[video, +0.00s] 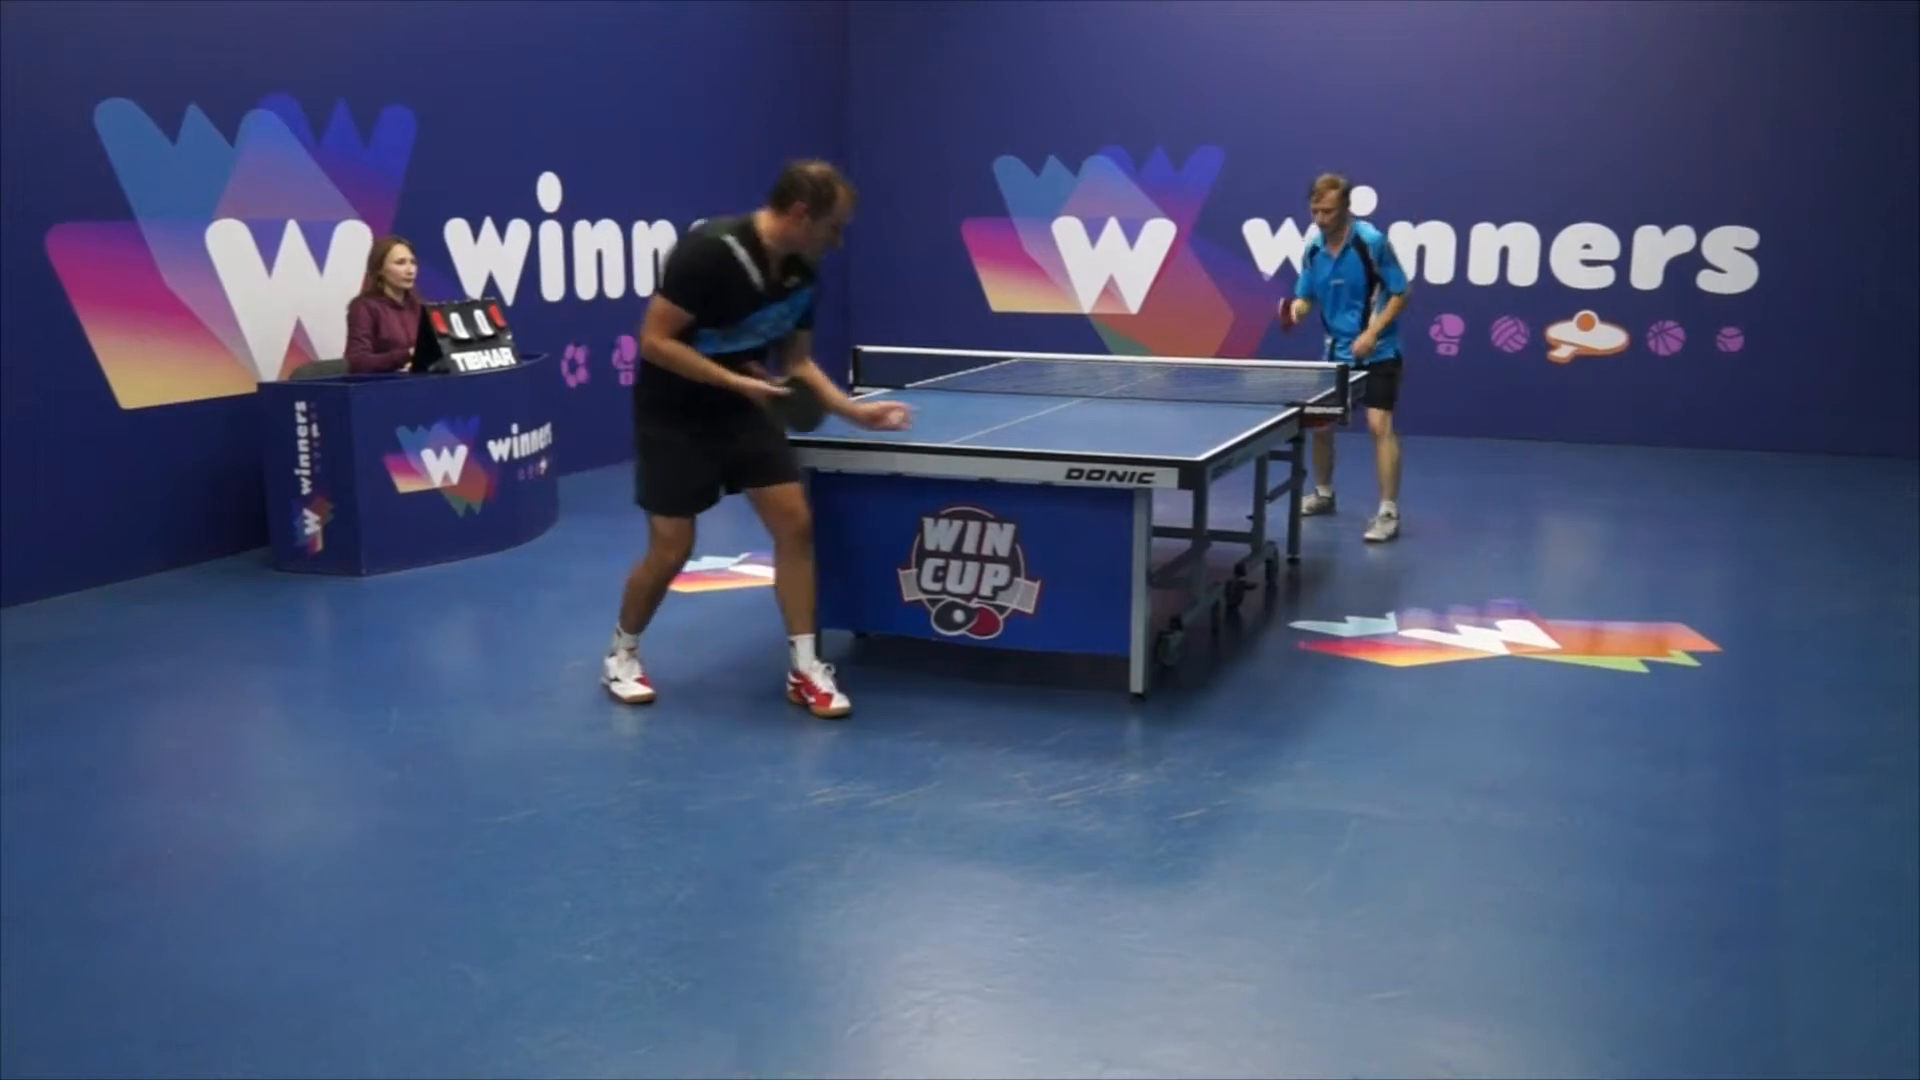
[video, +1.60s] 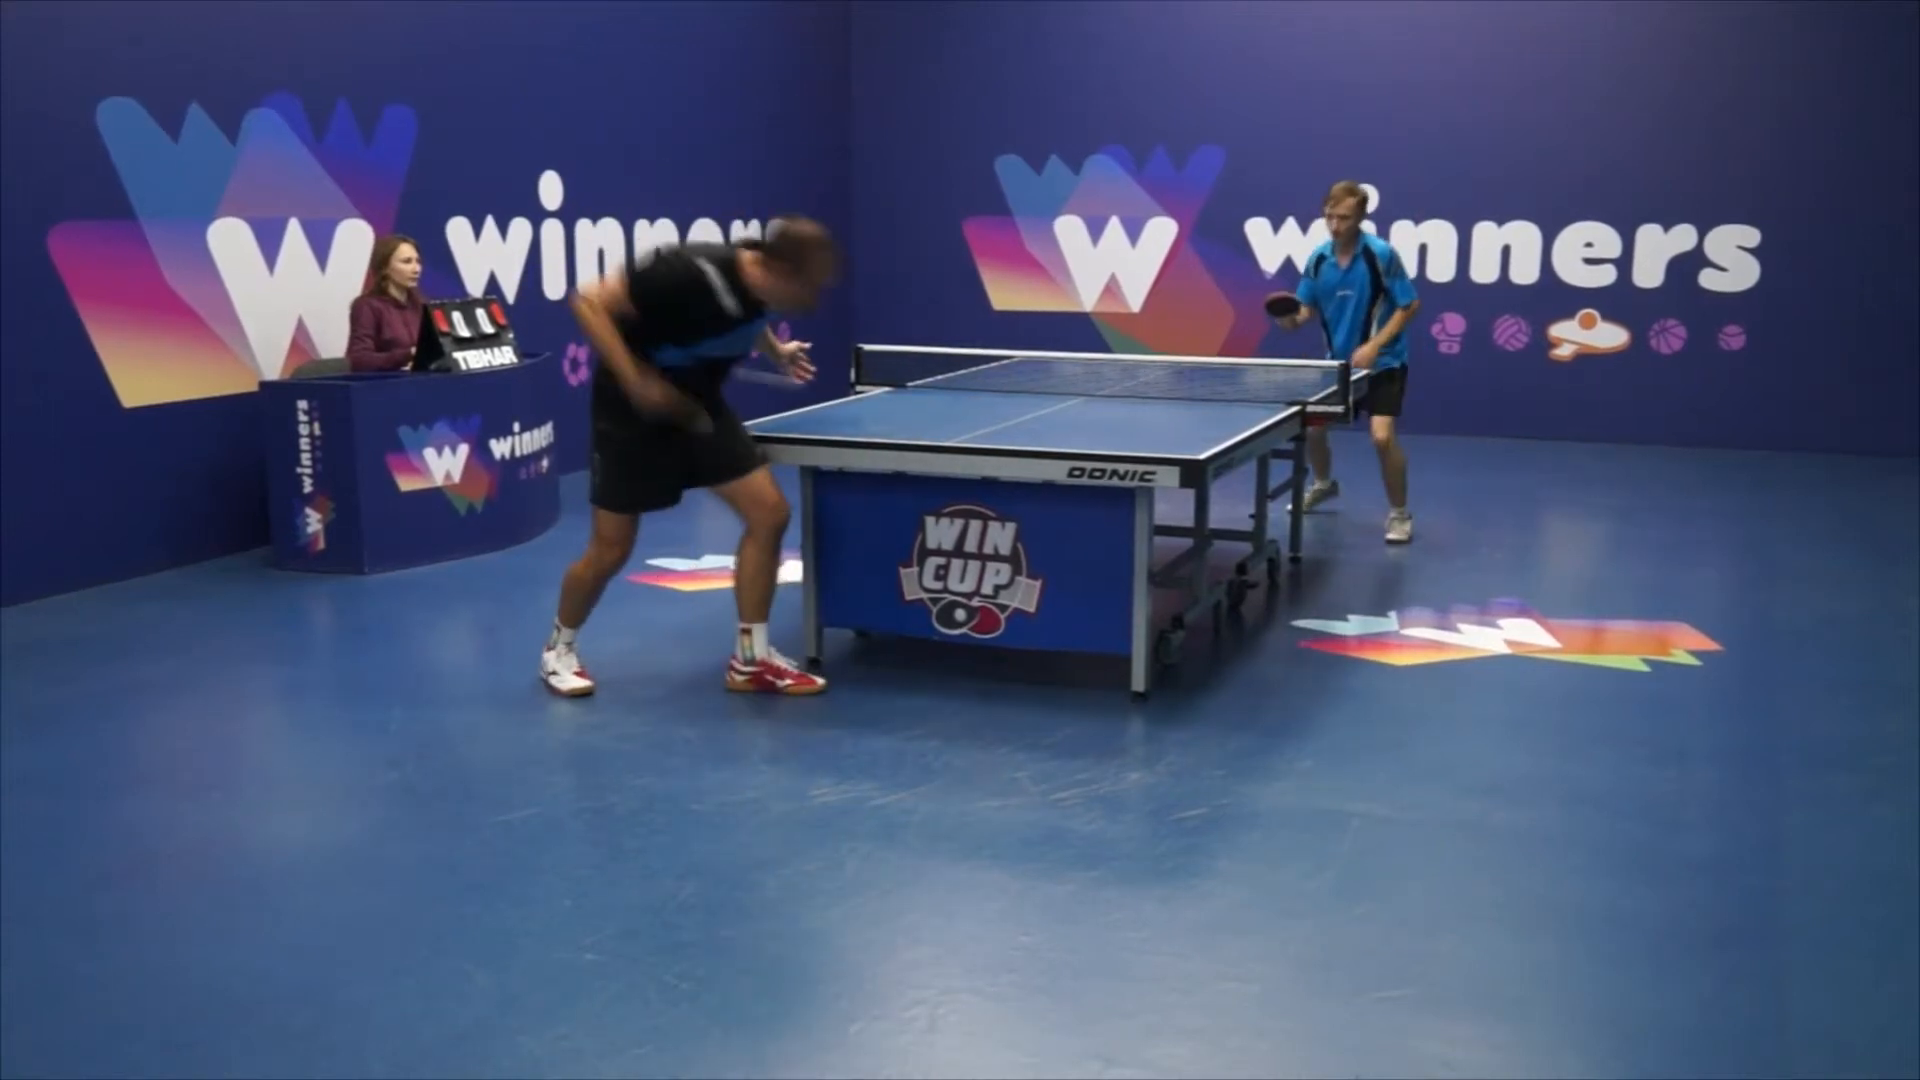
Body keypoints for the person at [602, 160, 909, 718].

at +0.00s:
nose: (837, 239)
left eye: (840, 229)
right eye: (833, 227)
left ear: (802, 217)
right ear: (799, 214)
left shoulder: (800, 270)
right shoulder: (708, 250)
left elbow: (795, 361)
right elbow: (654, 340)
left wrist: (854, 409)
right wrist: (737, 382)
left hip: (745, 402)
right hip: (673, 405)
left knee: (794, 522)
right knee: (671, 548)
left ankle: (806, 666)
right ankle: (621, 653)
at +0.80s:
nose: (838, 252)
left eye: (843, 242)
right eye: (834, 239)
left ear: (812, 222)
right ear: (798, 218)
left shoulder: (825, 279)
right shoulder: (711, 247)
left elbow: (888, 343)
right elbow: (636, 314)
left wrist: (958, 359)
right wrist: (709, 346)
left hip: (759, 417)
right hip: (685, 419)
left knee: (823, 528)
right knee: (651, 566)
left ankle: (808, 668)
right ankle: (566, 634)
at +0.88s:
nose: (814, 239)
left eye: (818, 227)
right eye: (808, 224)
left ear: (791, 217)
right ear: (768, 209)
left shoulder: (806, 266)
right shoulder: (685, 247)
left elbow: (885, 306)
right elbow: (611, 311)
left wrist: (944, 287)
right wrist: (673, 347)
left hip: (747, 420)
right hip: (670, 425)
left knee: (812, 525)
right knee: (636, 564)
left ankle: (807, 667)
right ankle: (561, 641)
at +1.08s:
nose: (750, 194)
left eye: (753, 183)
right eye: (739, 183)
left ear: (748, 187)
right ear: (696, 185)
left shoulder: (756, 242)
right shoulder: (627, 241)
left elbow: (843, 263)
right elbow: (567, 293)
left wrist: (921, 256)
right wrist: (587, 358)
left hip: (711, 411)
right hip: (635, 413)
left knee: (770, 527)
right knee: (613, 551)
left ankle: (804, 665)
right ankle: (560, 648)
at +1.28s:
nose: (722, 189)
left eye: (723, 176)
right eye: (707, 177)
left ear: (724, 183)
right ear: (665, 188)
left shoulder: (730, 246)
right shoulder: (607, 235)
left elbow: (789, 291)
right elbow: (544, 271)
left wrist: (866, 319)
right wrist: (508, 323)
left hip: (687, 406)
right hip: (612, 412)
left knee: (747, 520)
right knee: (599, 543)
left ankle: (794, 654)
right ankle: (558, 649)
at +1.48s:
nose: (758, 247)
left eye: (759, 235)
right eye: (746, 236)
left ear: (759, 230)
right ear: (706, 234)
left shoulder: (747, 268)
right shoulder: (640, 247)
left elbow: (753, 304)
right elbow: (566, 277)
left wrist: (795, 346)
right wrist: (545, 278)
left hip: (685, 400)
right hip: (613, 408)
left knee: (776, 490)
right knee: (601, 544)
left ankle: (748, 629)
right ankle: (559, 649)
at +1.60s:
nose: (811, 298)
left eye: (816, 289)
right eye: (809, 287)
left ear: (784, 269)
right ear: (779, 272)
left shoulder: (756, 282)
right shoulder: (685, 272)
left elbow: (743, 321)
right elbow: (587, 301)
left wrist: (775, 350)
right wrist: (635, 379)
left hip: (700, 404)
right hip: (629, 410)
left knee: (769, 513)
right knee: (610, 549)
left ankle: (752, 655)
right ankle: (559, 649)